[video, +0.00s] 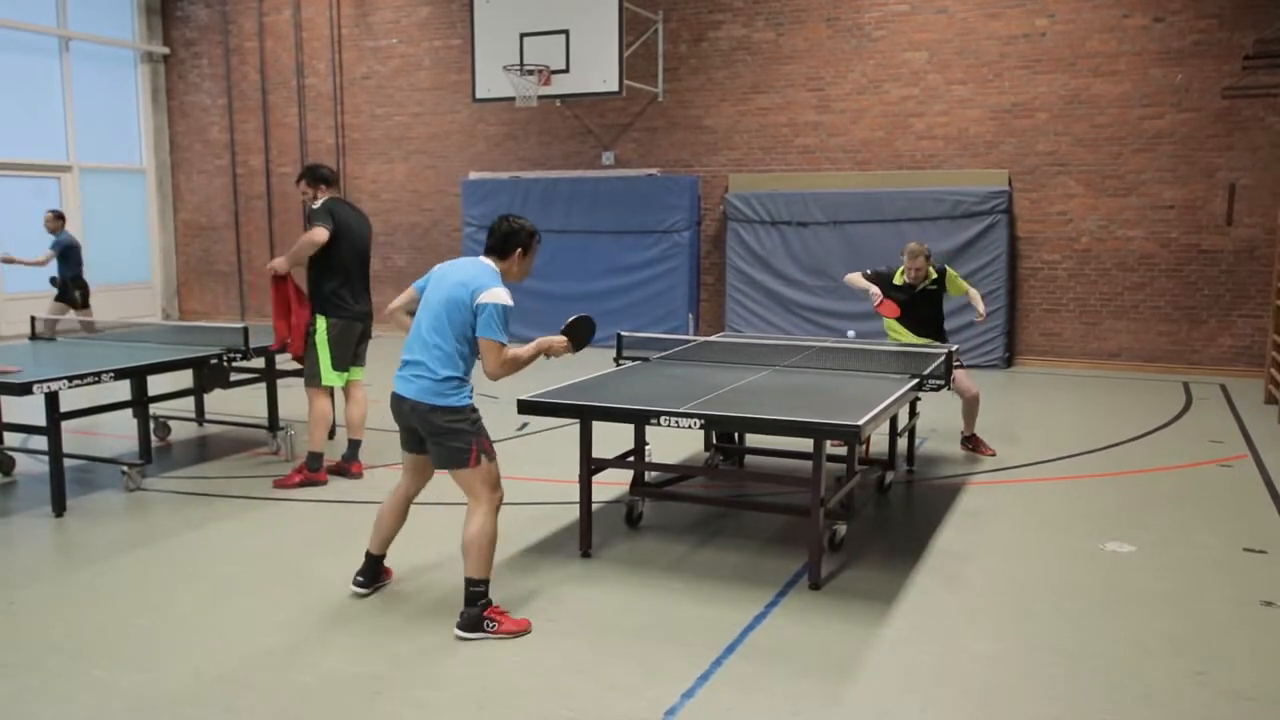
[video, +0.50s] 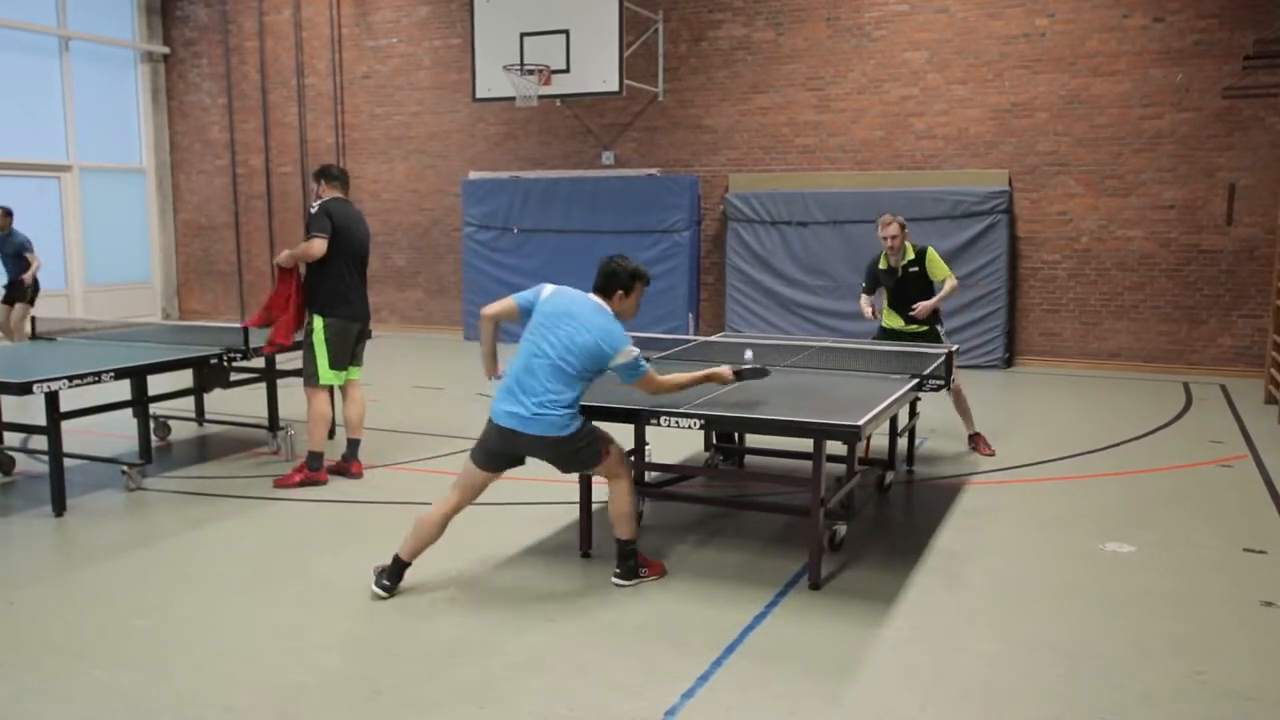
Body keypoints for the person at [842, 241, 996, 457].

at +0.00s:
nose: (913, 274)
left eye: (918, 269)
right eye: (909, 269)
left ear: (928, 265)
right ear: (903, 264)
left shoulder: (941, 275)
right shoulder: (889, 277)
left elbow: (969, 291)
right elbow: (849, 278)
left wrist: (980, 308)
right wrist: (870, 287)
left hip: (937, 351)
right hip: (900, 351)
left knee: (971, 394)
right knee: (871, 391)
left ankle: (969, 437)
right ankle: (857, 437)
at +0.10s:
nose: (913, 263)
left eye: (918, 258)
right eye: (909, 258)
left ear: (929, 254)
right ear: (903, 255)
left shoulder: (945, 268)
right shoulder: (893, 272)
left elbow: (974, 286)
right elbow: (856, 284)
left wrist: (975, 305)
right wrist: (871, 293)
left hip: (939, 344)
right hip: (900, 344)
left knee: (969, 391)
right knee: (873, 387)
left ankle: (969, 436)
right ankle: (859, 437)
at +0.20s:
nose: (910, 254)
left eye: (915, 249)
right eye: (906, 249)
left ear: (926, 246)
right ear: (901, 248)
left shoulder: (945, 261)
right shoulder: (894, 268)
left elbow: (974, 282)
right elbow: (865, 289)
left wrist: (969, 305)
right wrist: (871, 298)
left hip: (940, 334)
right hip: (903, 332)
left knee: (965, 388)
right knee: (871, 378)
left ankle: (971, 436)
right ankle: (863, 436)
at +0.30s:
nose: (906, 254)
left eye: (910, 248)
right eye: (902, 249)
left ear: (921, 246)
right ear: (897, 249)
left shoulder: (941, 264)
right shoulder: (890, 272)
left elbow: (971, 286)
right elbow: (872, 297)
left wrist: (961, 308)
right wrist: (873, 306)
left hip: (937, 337)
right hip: (901, 336)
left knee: (963, 392)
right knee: (877, 384)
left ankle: (975, 436)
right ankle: (864, 436)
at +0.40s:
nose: (898, 254)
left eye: (902, 248)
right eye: (893, 249)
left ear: (913, 246)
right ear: (887, 249)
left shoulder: (932, 266)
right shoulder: (882, 273)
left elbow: (962, 291)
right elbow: (867, 303)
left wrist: (946, 311)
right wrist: (873, 311)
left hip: (931, 341)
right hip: (895, 341)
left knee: (959, 390)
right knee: (873, 388)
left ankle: (975, 435)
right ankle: (864, 440)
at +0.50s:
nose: (890, 243)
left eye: (894, 238)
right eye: (885, 239)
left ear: (905, 236)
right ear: (880, 239)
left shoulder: (924, 254)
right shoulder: (876, 265)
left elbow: (951, 282)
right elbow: (866, 294)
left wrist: (932, 303)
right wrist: (866, 307)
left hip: (927, 331)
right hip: (891, 331)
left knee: (953, 383)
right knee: (869, 381)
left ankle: (973, 434)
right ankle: (864, 441)